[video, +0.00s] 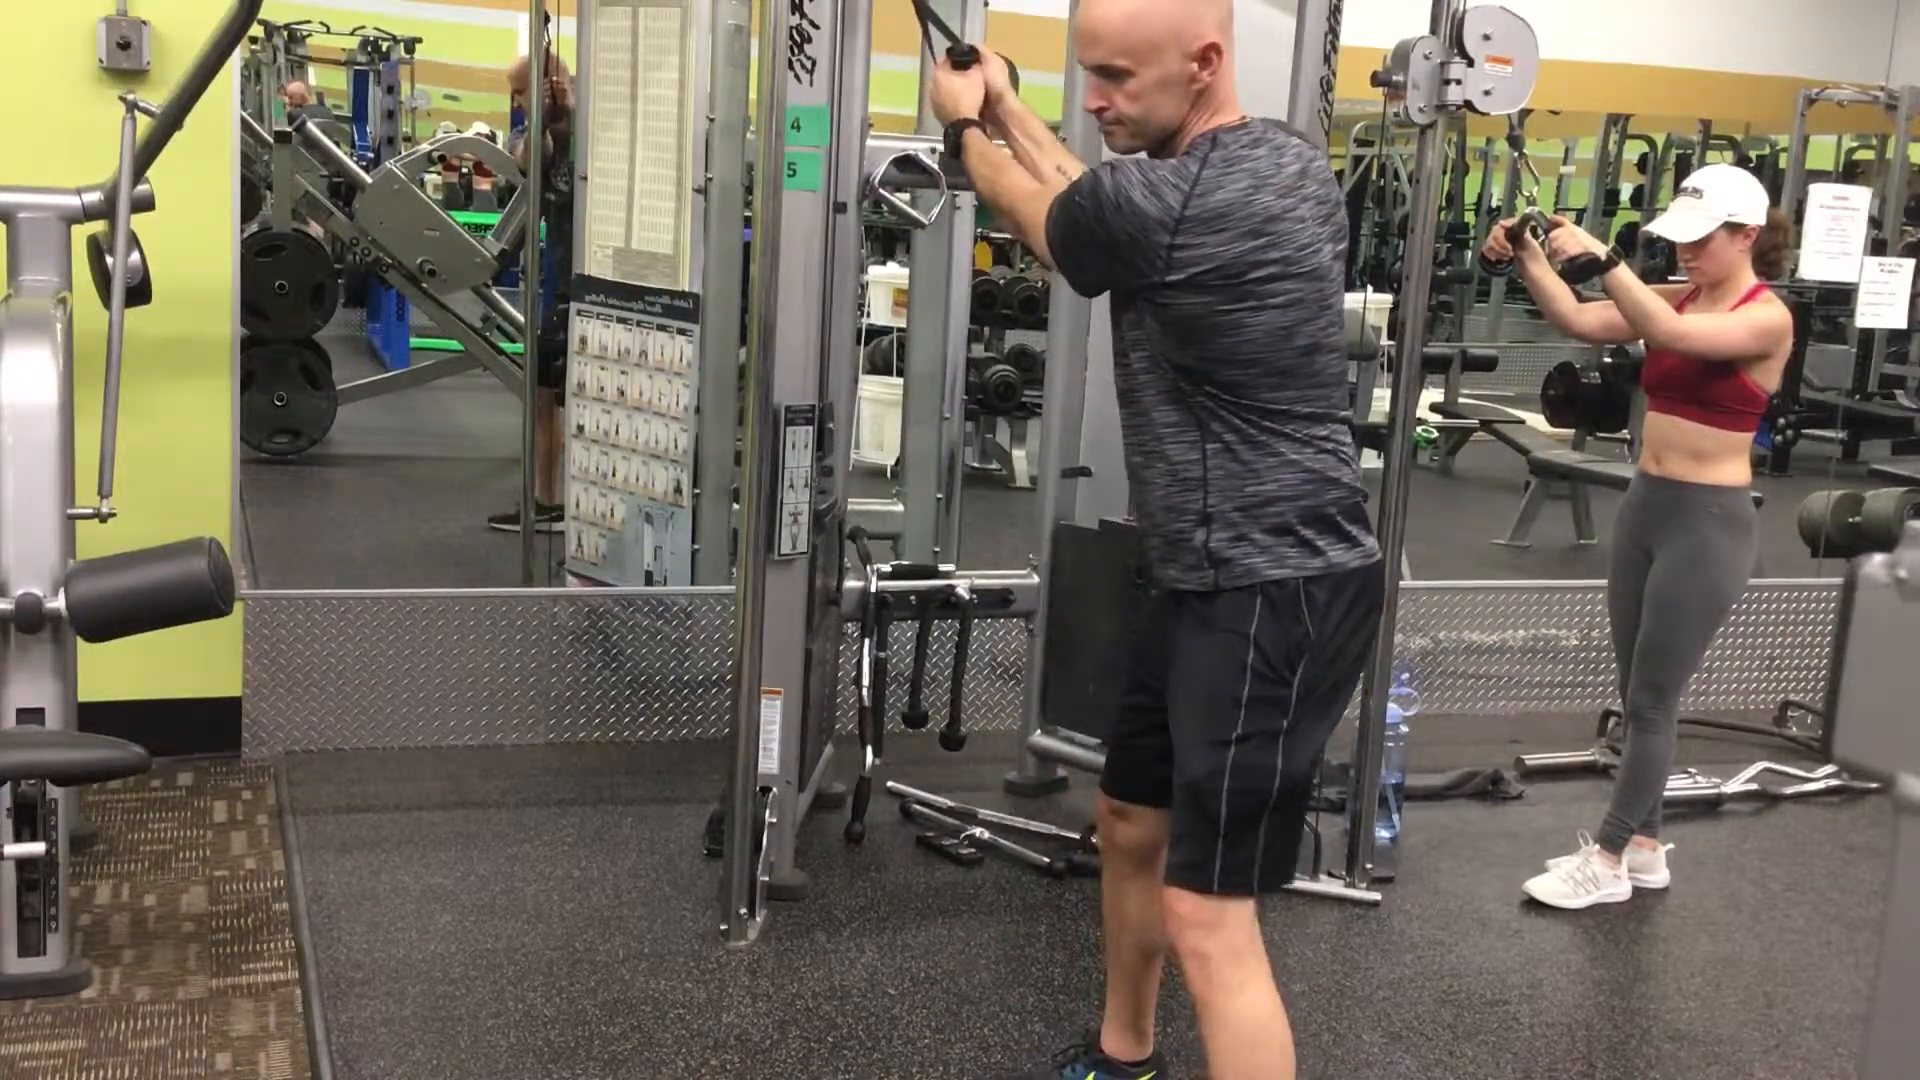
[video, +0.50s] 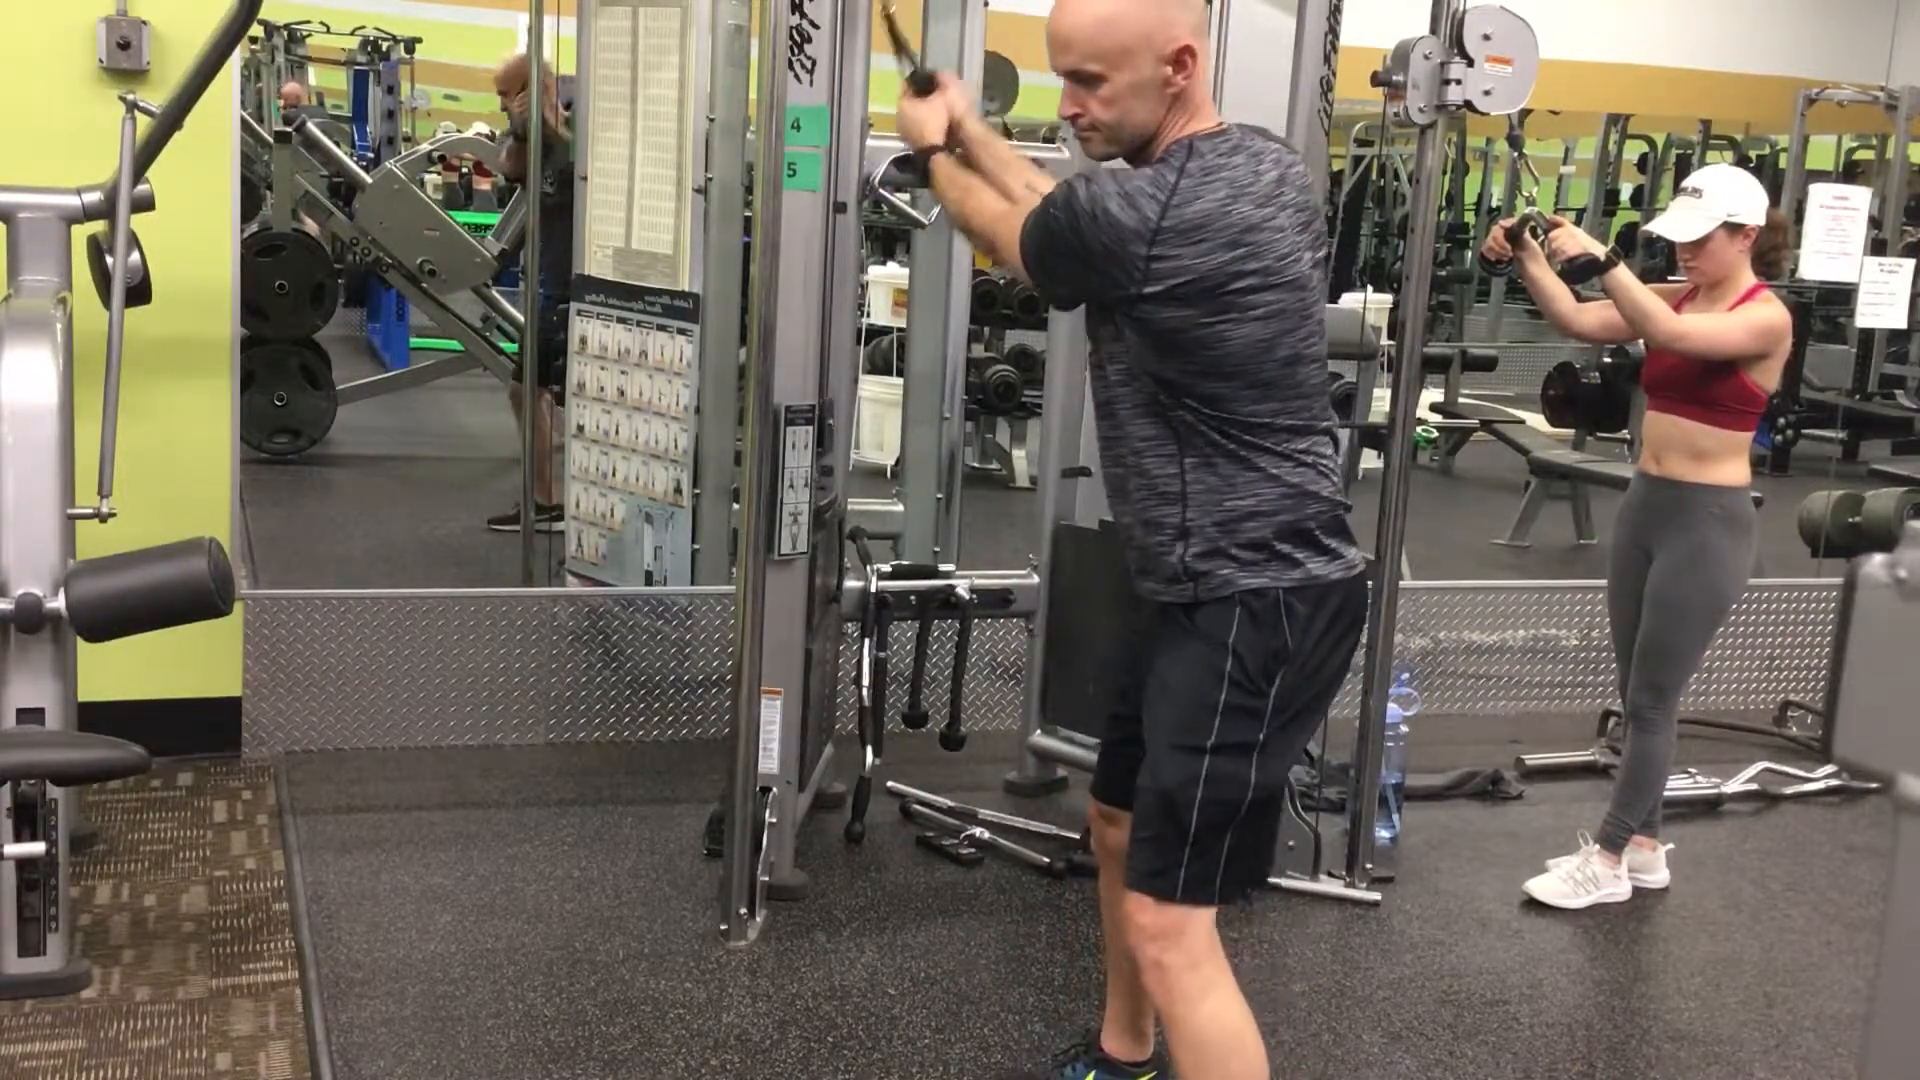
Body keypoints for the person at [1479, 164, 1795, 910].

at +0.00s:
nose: (1683, 253)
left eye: (1698, 239)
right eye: (1678, 240)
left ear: (1747, 237)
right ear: (1679, 239)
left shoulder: (1769, 318)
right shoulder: (1675, 300)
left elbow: (1670, 331)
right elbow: (1579, 318)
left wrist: (1602, 258)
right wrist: (1526, 257)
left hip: (1709, 524)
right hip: (1642, 509)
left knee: (1651, 699)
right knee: (1639, 693)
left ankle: (1606, 859)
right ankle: (1646, 846)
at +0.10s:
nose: (1683, 253)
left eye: (1698, 239)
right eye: (1679, 240)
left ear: (1746, 236)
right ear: (1679, 239)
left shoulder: (1769, 318)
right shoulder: (1675, 300)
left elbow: (1670, 331)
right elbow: (1579, 318)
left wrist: (1602, 258)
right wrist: (1526, 257)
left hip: (1709, 524)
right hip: (1642, 509)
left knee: (1651, 699)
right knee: (1639, 693)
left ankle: (1606, 859)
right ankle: (1646, 846)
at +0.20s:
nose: (1683, 253)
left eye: (1698, 239)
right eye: (1679, 240)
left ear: (1747, 236)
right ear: (1679, 239)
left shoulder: (1769, 318)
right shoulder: (1675, 300)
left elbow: (1670, 331)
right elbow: (1579, 318)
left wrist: (1602, 258)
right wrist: (1526, 257)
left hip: (1709, 524)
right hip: (1642, 509)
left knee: (1651, 699)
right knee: (1639, 693)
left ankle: (1606, 859)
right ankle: (1646, 846)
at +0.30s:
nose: (1683, 252)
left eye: (1698, 238)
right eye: (1679, 239)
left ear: (1747, 236)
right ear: (1680, 238)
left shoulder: (1769, 318)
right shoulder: (1676, 300)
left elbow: (1670, 331)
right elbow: (1580, 318)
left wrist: (1600, 257)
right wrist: (1525, 258)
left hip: (1709, 524)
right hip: (1642, 509)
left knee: (1651, 698)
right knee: (1639, 693)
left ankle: (1606, 859)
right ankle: (1646, 846)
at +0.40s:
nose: (1682, 252)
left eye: (1697, 239)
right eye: (1678, 239)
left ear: (1746, 236)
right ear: (1678, 238)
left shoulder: (1769, 318)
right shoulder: (1675, 299)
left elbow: (1670, 331)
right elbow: (1579, 319)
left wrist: (1601, 258)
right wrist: (1526, 257)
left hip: (1709, 524)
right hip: (1642, 509)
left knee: (1651, 698)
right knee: (1638, 692)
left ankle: (1606, 859)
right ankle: (1646, 846)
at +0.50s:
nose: (1681, 252)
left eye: (1697, 238)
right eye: (1677, 239)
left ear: (1746, 236)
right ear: (1677, 238)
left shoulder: (1768, 317)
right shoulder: (1674, 300)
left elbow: (1669, 331)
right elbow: (1578, 318)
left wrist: (1600, 258)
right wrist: (1525, 257)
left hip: (1709, 524)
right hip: (1642, 510)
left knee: (1651, 698)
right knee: (1638, 693)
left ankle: (1606, 858)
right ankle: (1646, 846)